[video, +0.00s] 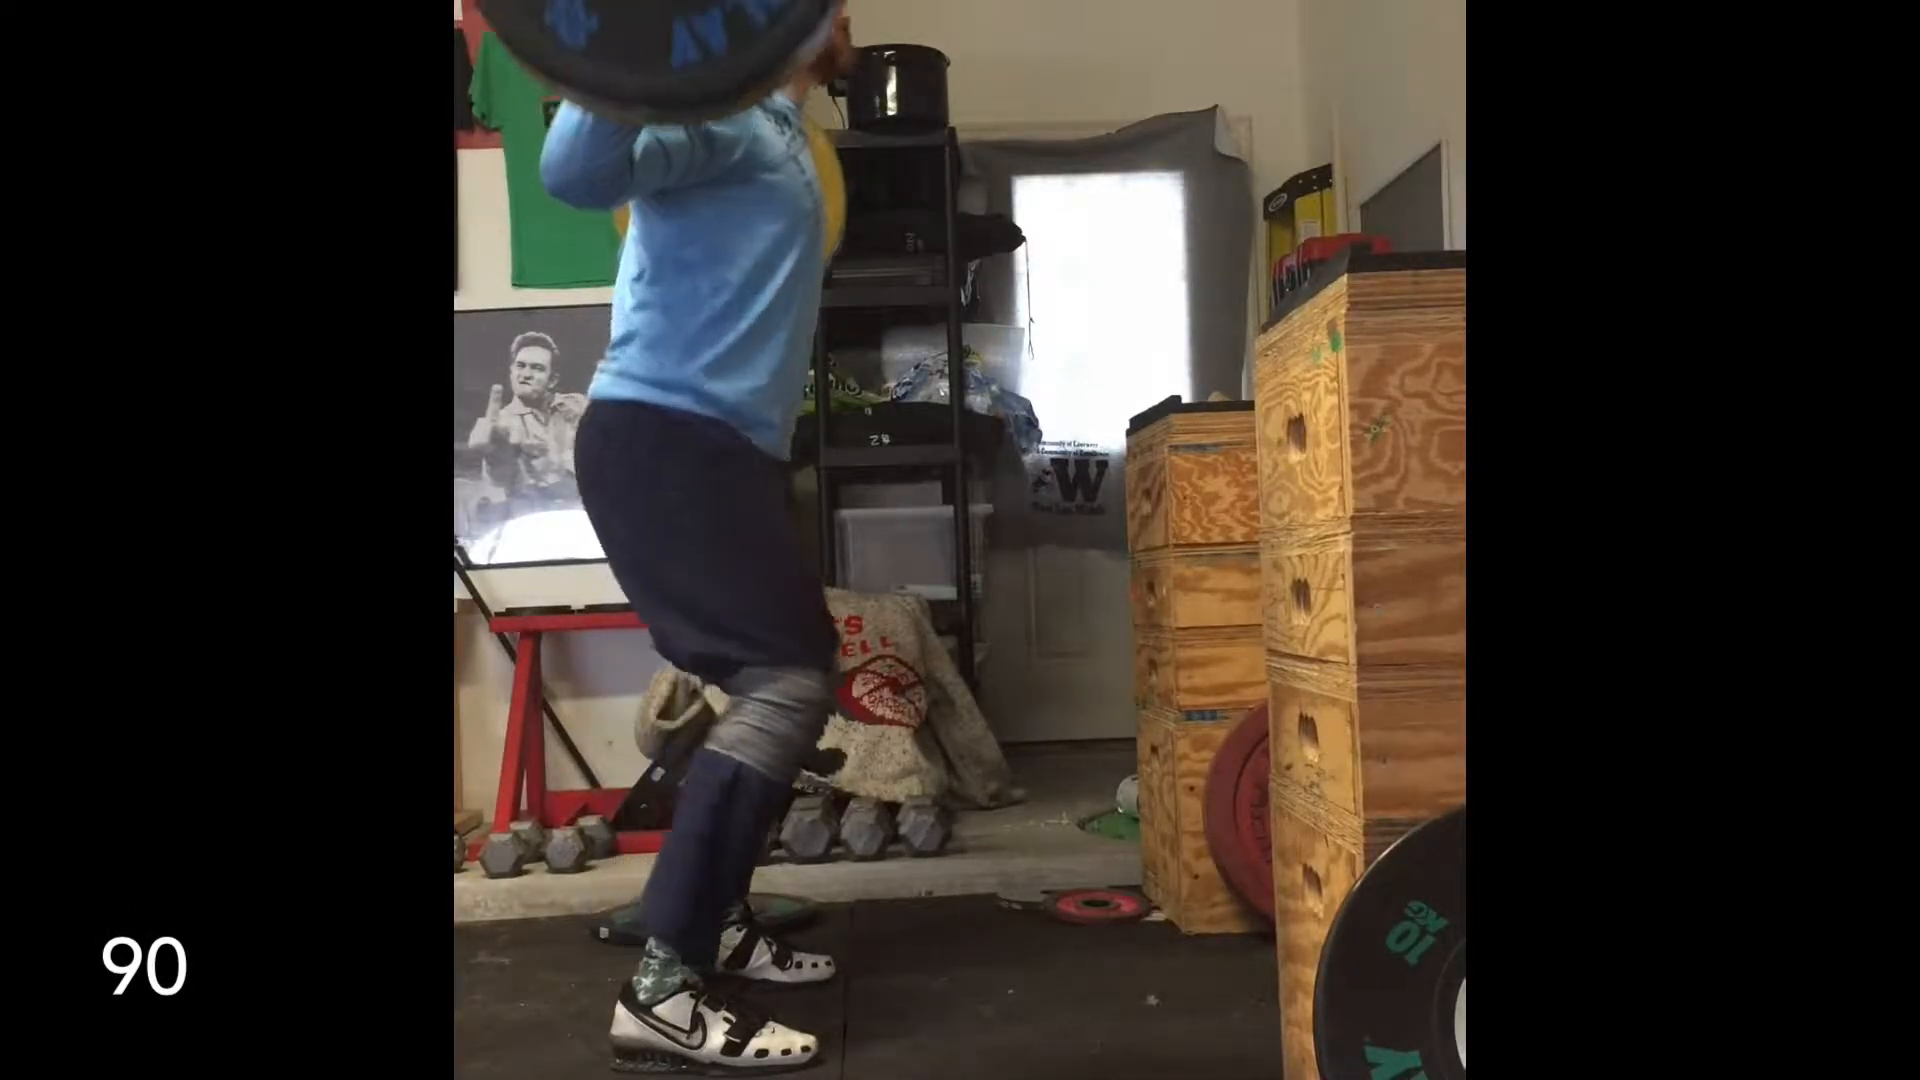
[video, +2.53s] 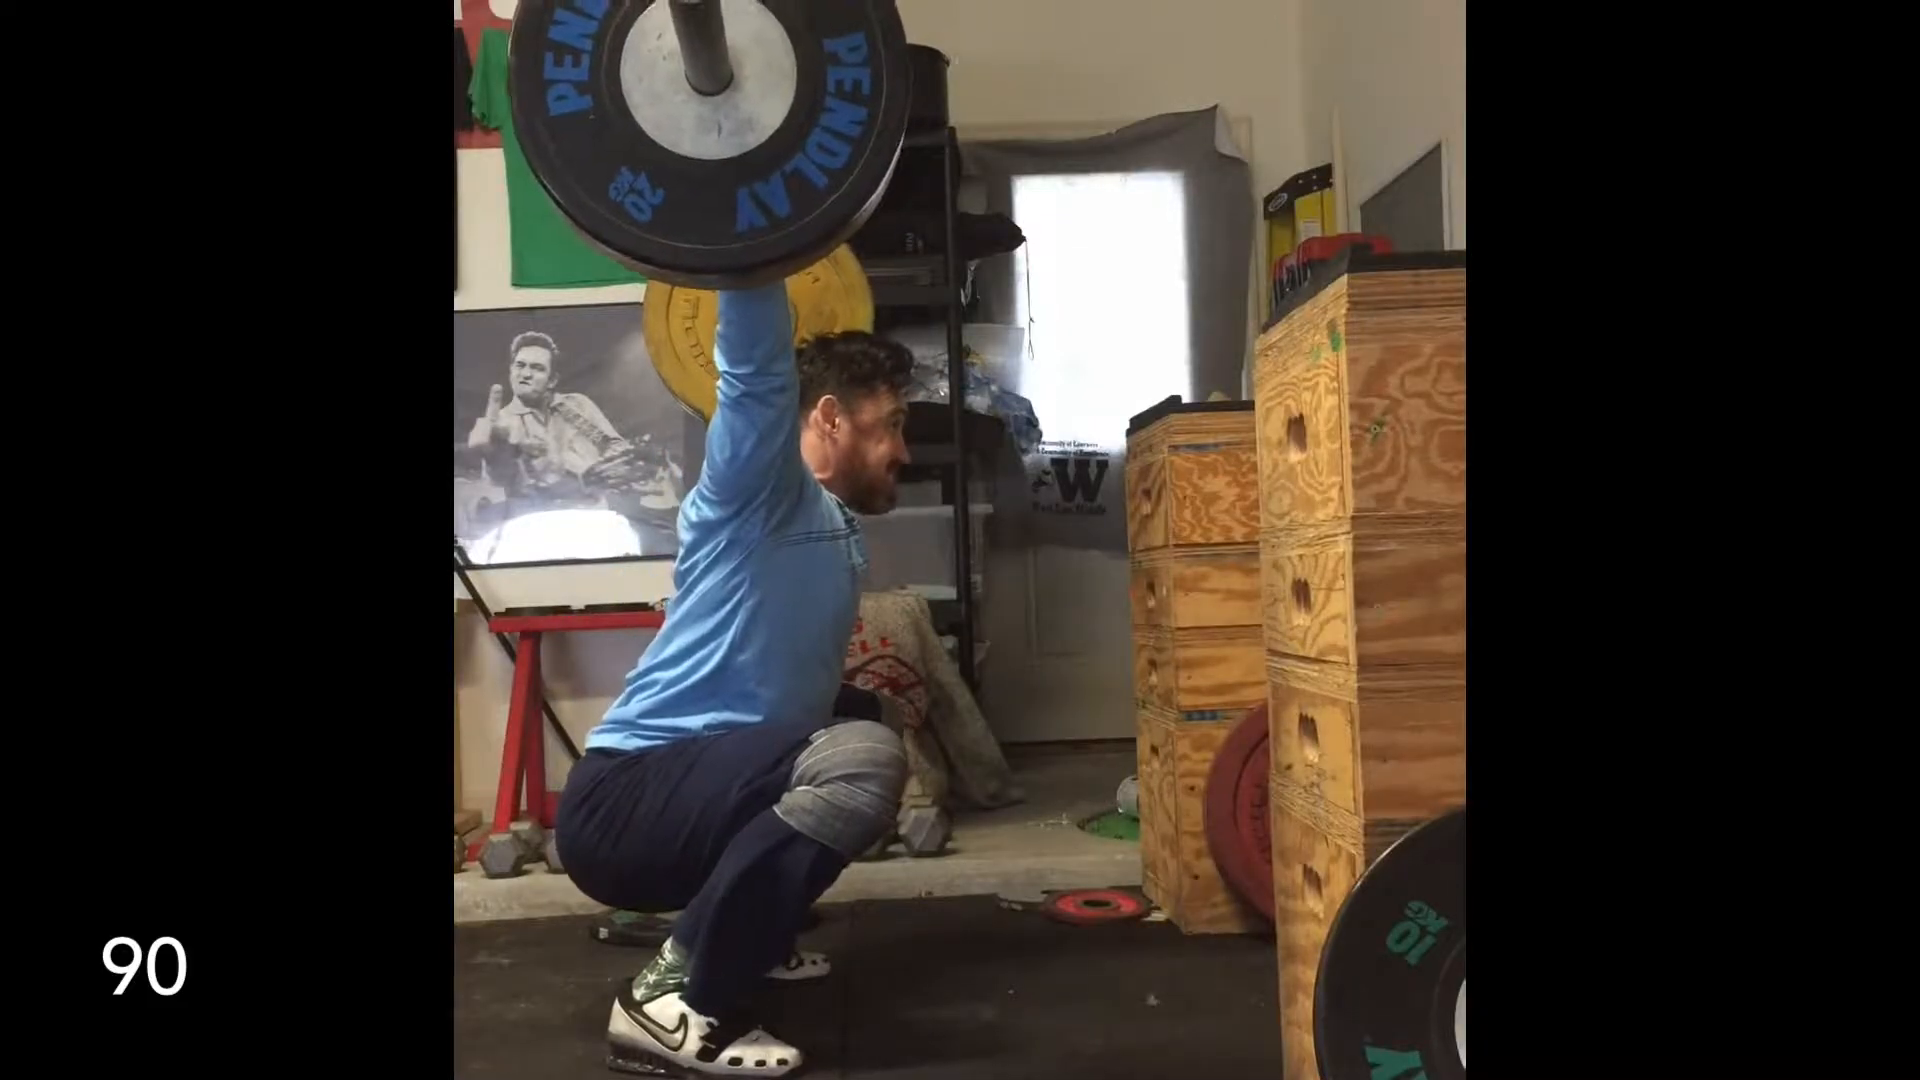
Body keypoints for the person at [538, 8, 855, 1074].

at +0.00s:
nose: (845, 32)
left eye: (842, 18)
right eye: (832, 16)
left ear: (799, 36)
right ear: (788, 24)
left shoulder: (790, 129)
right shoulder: (720, 118)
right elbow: (573, 171)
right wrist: (631, 38)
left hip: (721, 442)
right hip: (665, 436)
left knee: (776, 677)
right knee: (785, 681)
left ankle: (711, 915)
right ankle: (665, 978)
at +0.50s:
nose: (841, 65)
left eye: (839, 48)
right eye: (826, 50)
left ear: (803, 65)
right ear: (778, 60)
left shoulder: (806, 160)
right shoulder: (736, 150)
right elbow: (587, 207)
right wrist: (638, 82)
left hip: (734, 458)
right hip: (683, 456)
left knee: (815, 684)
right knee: (816, 693)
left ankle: (728, 921)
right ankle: (673, 979)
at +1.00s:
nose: (872, 226)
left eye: (876, 206)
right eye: (863, 200)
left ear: (822, 194)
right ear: (799, 179)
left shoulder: (810, 295)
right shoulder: (726, 246)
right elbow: (711, 104)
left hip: (695, 568)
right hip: (616, 559)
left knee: (833, 694)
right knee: (816, 716)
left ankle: (736, 922)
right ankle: (666, 984)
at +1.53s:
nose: (904, 365)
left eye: (904, 346)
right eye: (891, 343)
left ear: (842, 342)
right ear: (831, 335)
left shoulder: (839, 449)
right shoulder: (754, 404)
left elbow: (765, 622)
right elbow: (750, 272)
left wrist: (849, 682)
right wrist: (738, 128)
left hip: (712, 701)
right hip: (627, 704)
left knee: (870, 725)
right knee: (851, 753)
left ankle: (748, 928)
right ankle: (678, 988)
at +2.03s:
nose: (905, 442)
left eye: (906, 422)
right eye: (892, 419)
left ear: (840, 414)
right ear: (832, 409)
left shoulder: (838, 521)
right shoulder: (758, 480)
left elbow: (762, 665)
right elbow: (757, 350)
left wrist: (840, 693)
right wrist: (738, 190)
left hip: (695, 774)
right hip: (619, 785)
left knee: (870, 718)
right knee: (858, 758)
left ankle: (746, 935)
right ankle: (676, 991)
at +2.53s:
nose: (904, 451)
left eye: (903, 429)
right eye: (890, 427)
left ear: (837, 428)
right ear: (827, 423)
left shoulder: (840, 534)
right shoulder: (755, 497)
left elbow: (778, 680)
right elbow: (755, 370)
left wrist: (852, 699)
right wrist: (745, 217)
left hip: (699, 788)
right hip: (620, 799)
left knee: (869, 717)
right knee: (861, 758)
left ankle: (748, 929)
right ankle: (677, 990)